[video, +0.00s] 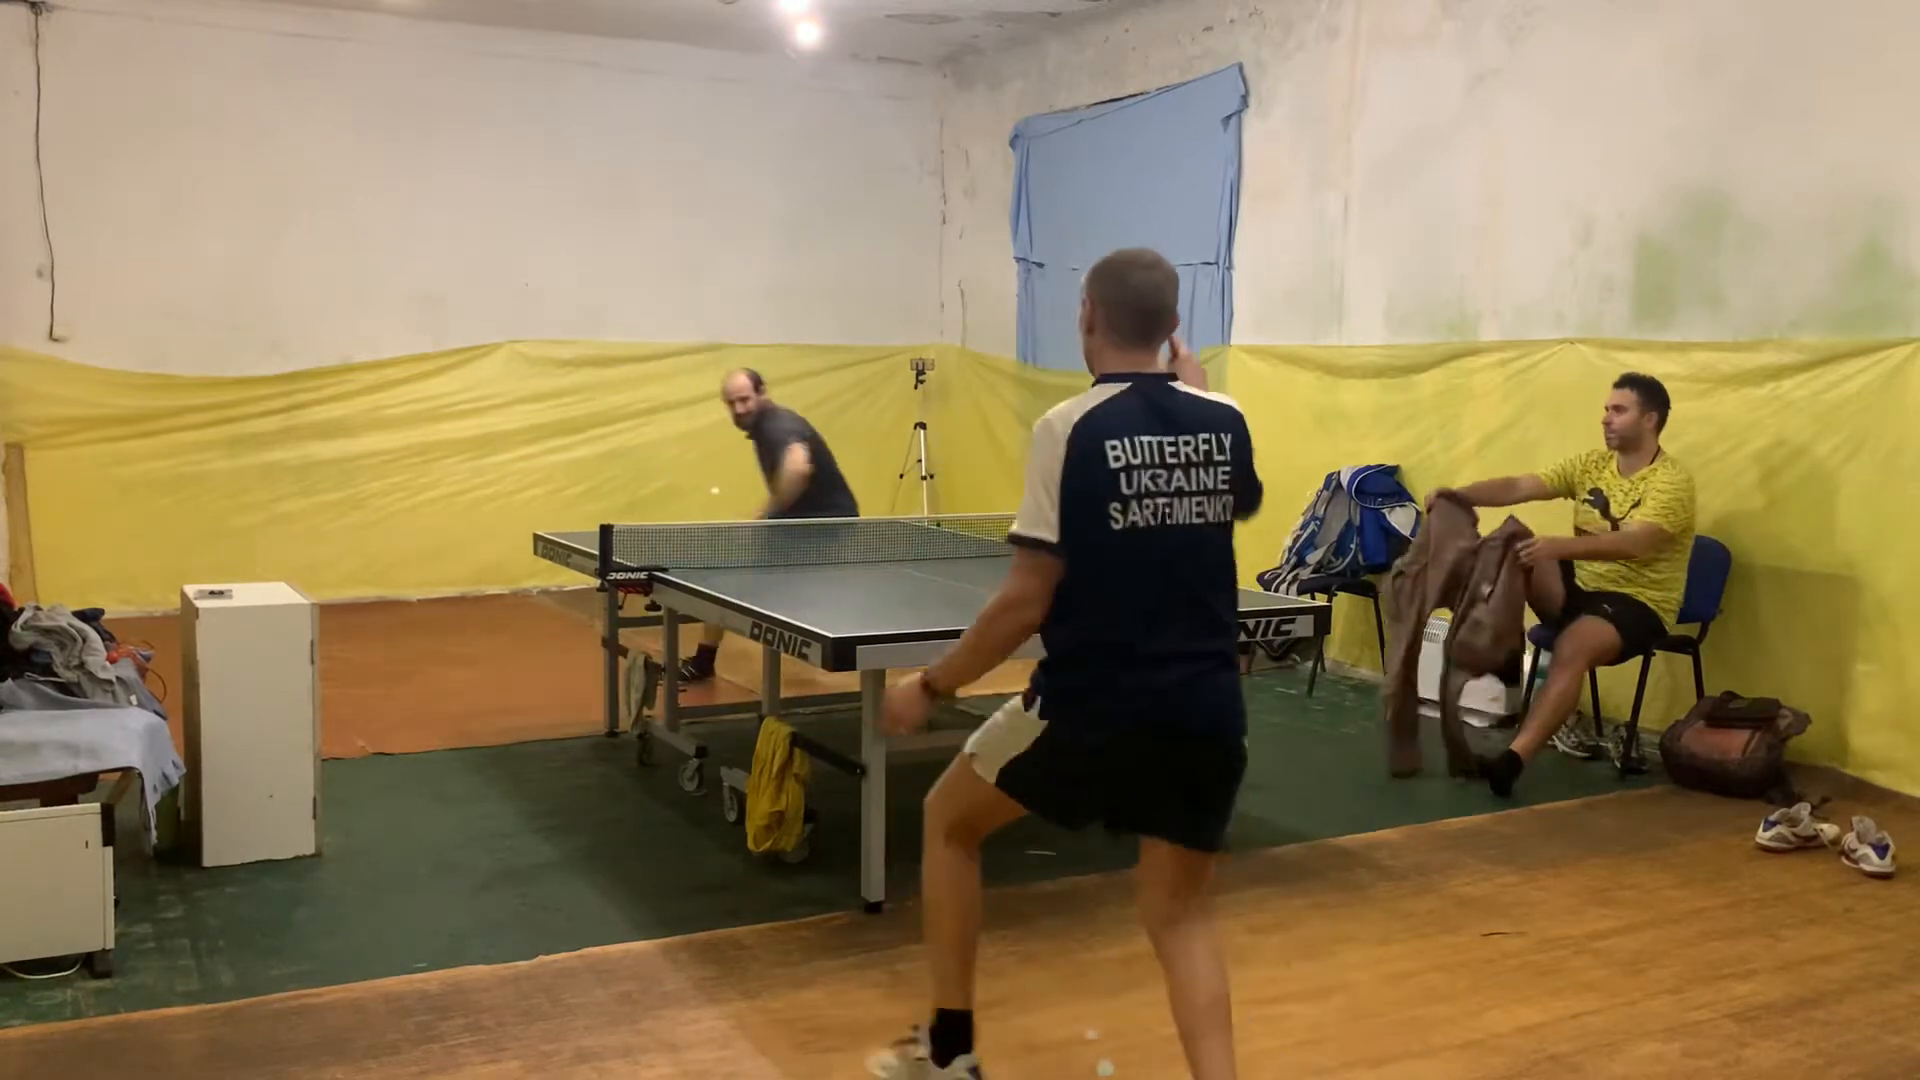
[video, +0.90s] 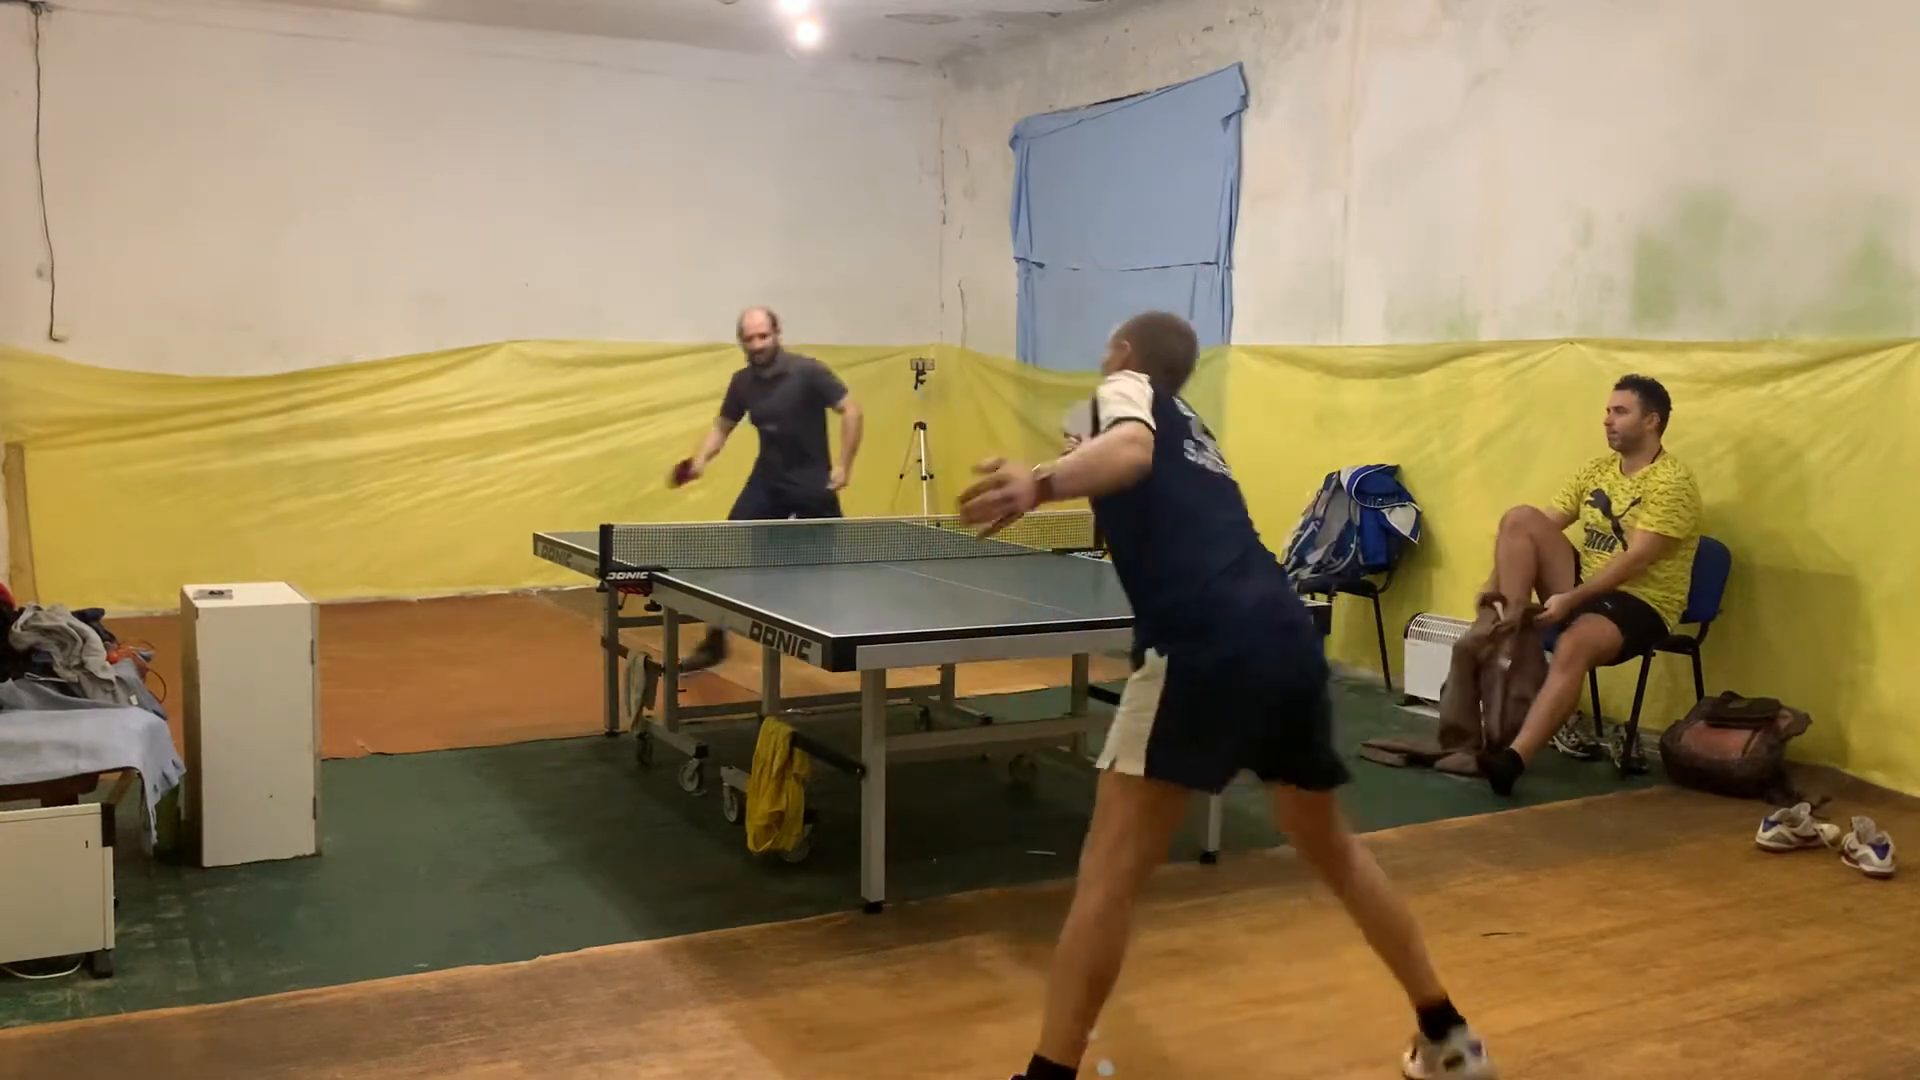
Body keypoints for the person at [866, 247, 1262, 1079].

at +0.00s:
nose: (1078, 322)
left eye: (1081, 310)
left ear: (1086, 318)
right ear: (1174, 329)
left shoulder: (1066, 428)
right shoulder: (1222, 424)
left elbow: (1029, 597)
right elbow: (1241, 502)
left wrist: (932, 684)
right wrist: (1196, 399)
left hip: (1087, 709)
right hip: (1205, 711)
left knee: (950, 820)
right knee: (1183, 909)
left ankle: (948, 1045)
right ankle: (1218, 1075)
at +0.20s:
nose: (1093, 323)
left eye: (1095, 312)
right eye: (1106, 311)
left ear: (1104, 318)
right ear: (1186, 328)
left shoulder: (1074, 409)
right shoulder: (1240, 419)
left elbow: (1039, 570)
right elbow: (1276, 549)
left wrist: (967, 669)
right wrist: (1186, 534)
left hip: (1115, 694)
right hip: (1232, 692)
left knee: (1016, 862)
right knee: (1245, 856)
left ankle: (1019, 1071)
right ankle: (1292, 1049)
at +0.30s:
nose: (1123, 330)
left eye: (1125, 318)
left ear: (1133, 326)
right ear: (1215, 337)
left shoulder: (1101, 407)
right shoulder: (1264, 422)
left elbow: (1051, 567)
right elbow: (1303, 571)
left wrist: (988, 660)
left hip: (1141, 689)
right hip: (1256, 687)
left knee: (1044, 867)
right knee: (1304, 850)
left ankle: (1026, 1072)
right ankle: (1391, 1053)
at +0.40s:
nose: (1156, 359)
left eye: (1159, 348)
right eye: (1162, 347)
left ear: (1170, 353)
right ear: (1247, 364)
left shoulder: (1136, 427)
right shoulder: (1301, 446)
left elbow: (1086, 582)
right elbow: (1339, 586)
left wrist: (1015, 670)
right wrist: (1266, 579)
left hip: (1177, 708)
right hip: (1295, 706)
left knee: (1064, 870)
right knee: (1352, 867)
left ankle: (1031, 1072)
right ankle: (1446, 1046)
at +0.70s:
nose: (1160, 400)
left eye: (1162, 389)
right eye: (1161, 389)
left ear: (1179, 384)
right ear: (1245, 396)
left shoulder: (1174, 428)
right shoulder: (1285, 461)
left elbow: (1153, 547)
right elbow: (1287, 571)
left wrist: (1033, 632)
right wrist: (1169, 584)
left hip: (1230, 690)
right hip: (1336, 688)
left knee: (1113, 870)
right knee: (1349, 873)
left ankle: (1042, 1070)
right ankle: (1449, 1055)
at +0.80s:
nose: (1140, 379)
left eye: (1145, 370)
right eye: (1144, 370)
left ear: (1159, 373)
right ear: (1217, 390)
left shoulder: (1160, 403)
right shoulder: (1236, 446)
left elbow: (1142, 489)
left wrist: (1010, 550)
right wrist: (1105, 506)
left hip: (1219, 662)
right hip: (1324, 657)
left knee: (1123, 881)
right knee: (1366, 866)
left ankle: (1050, 1069)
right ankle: (1448, 1051)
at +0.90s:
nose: (1106, 357)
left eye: (1111, 349)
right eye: (1112, 350)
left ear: (1123, 355)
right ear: (1176, 377)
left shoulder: (1124, 387)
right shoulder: (1193, 430)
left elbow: (1129, 453)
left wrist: (1039, 483)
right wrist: (1081, 459)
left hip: (1194, 655)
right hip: (1289, 647)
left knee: (1111, 872)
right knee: (1334, 844)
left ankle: (1050, 1071)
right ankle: (1445, 1030)